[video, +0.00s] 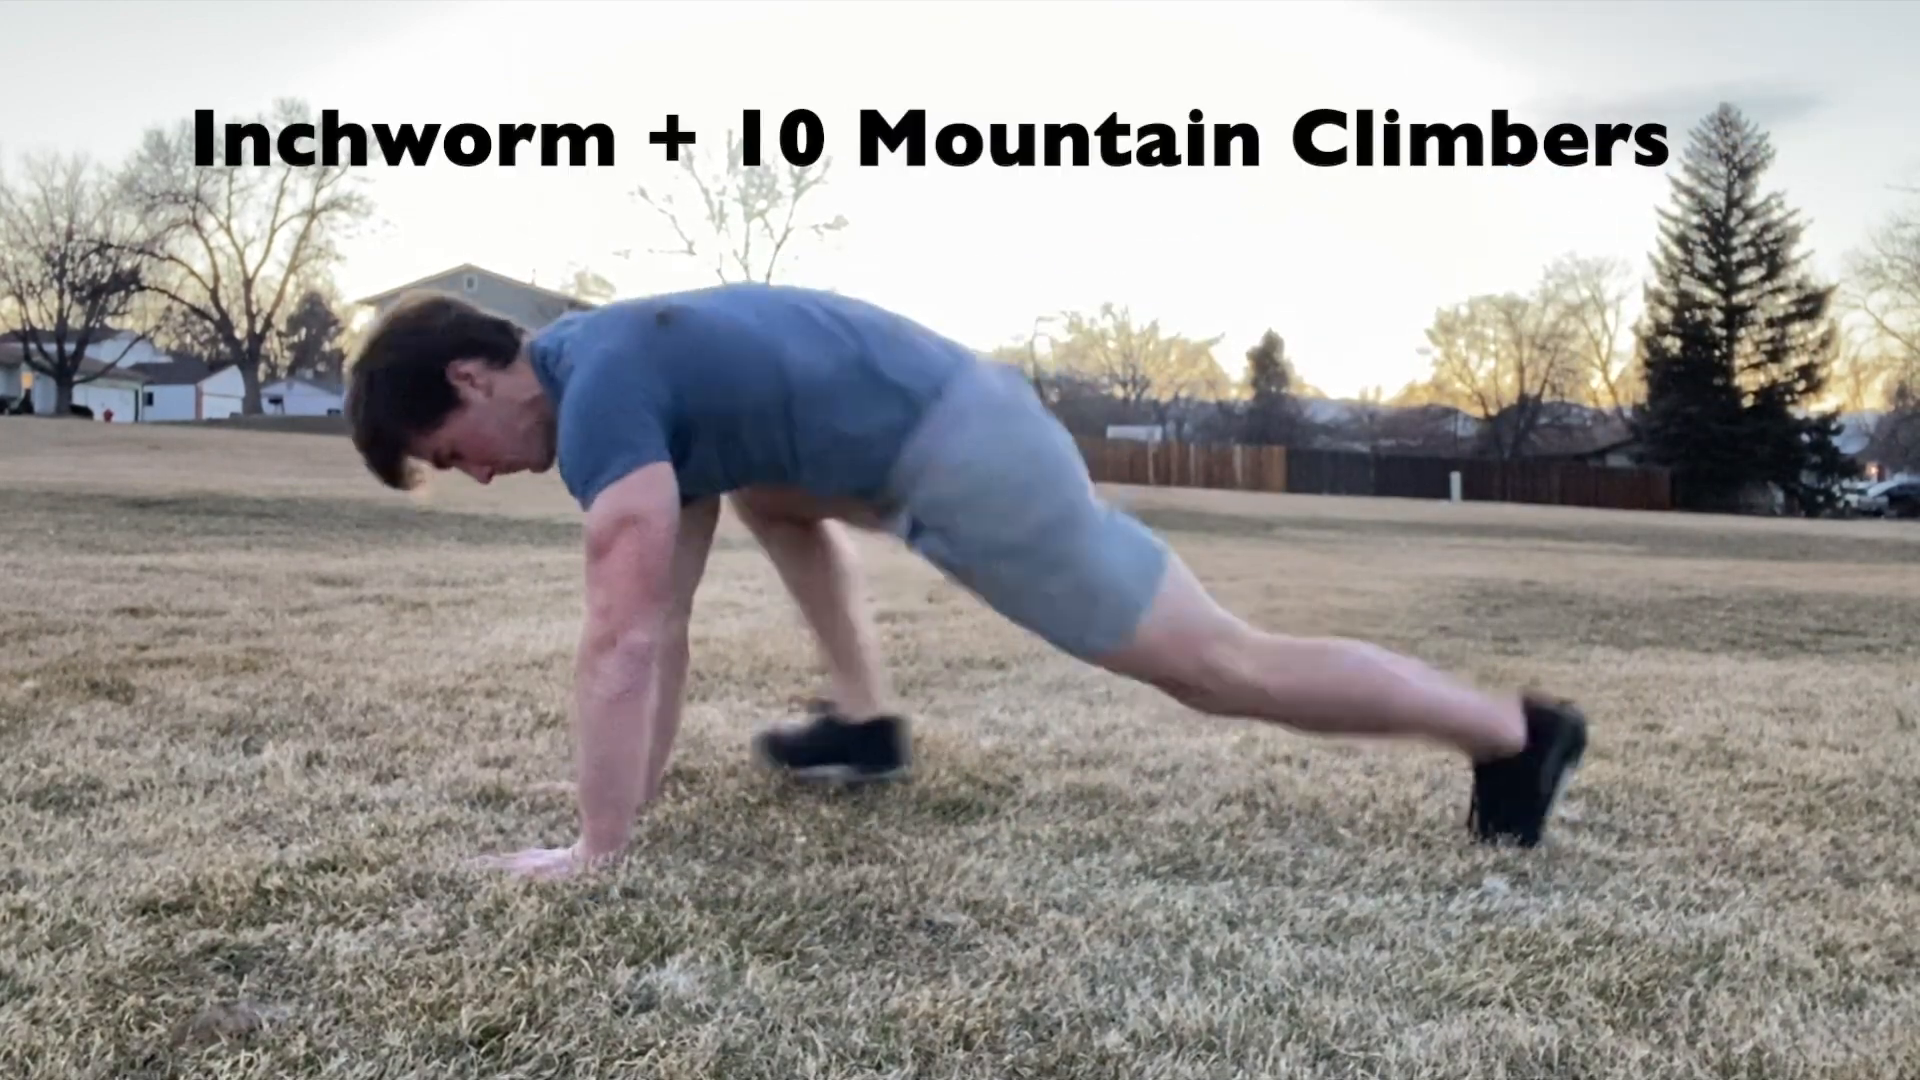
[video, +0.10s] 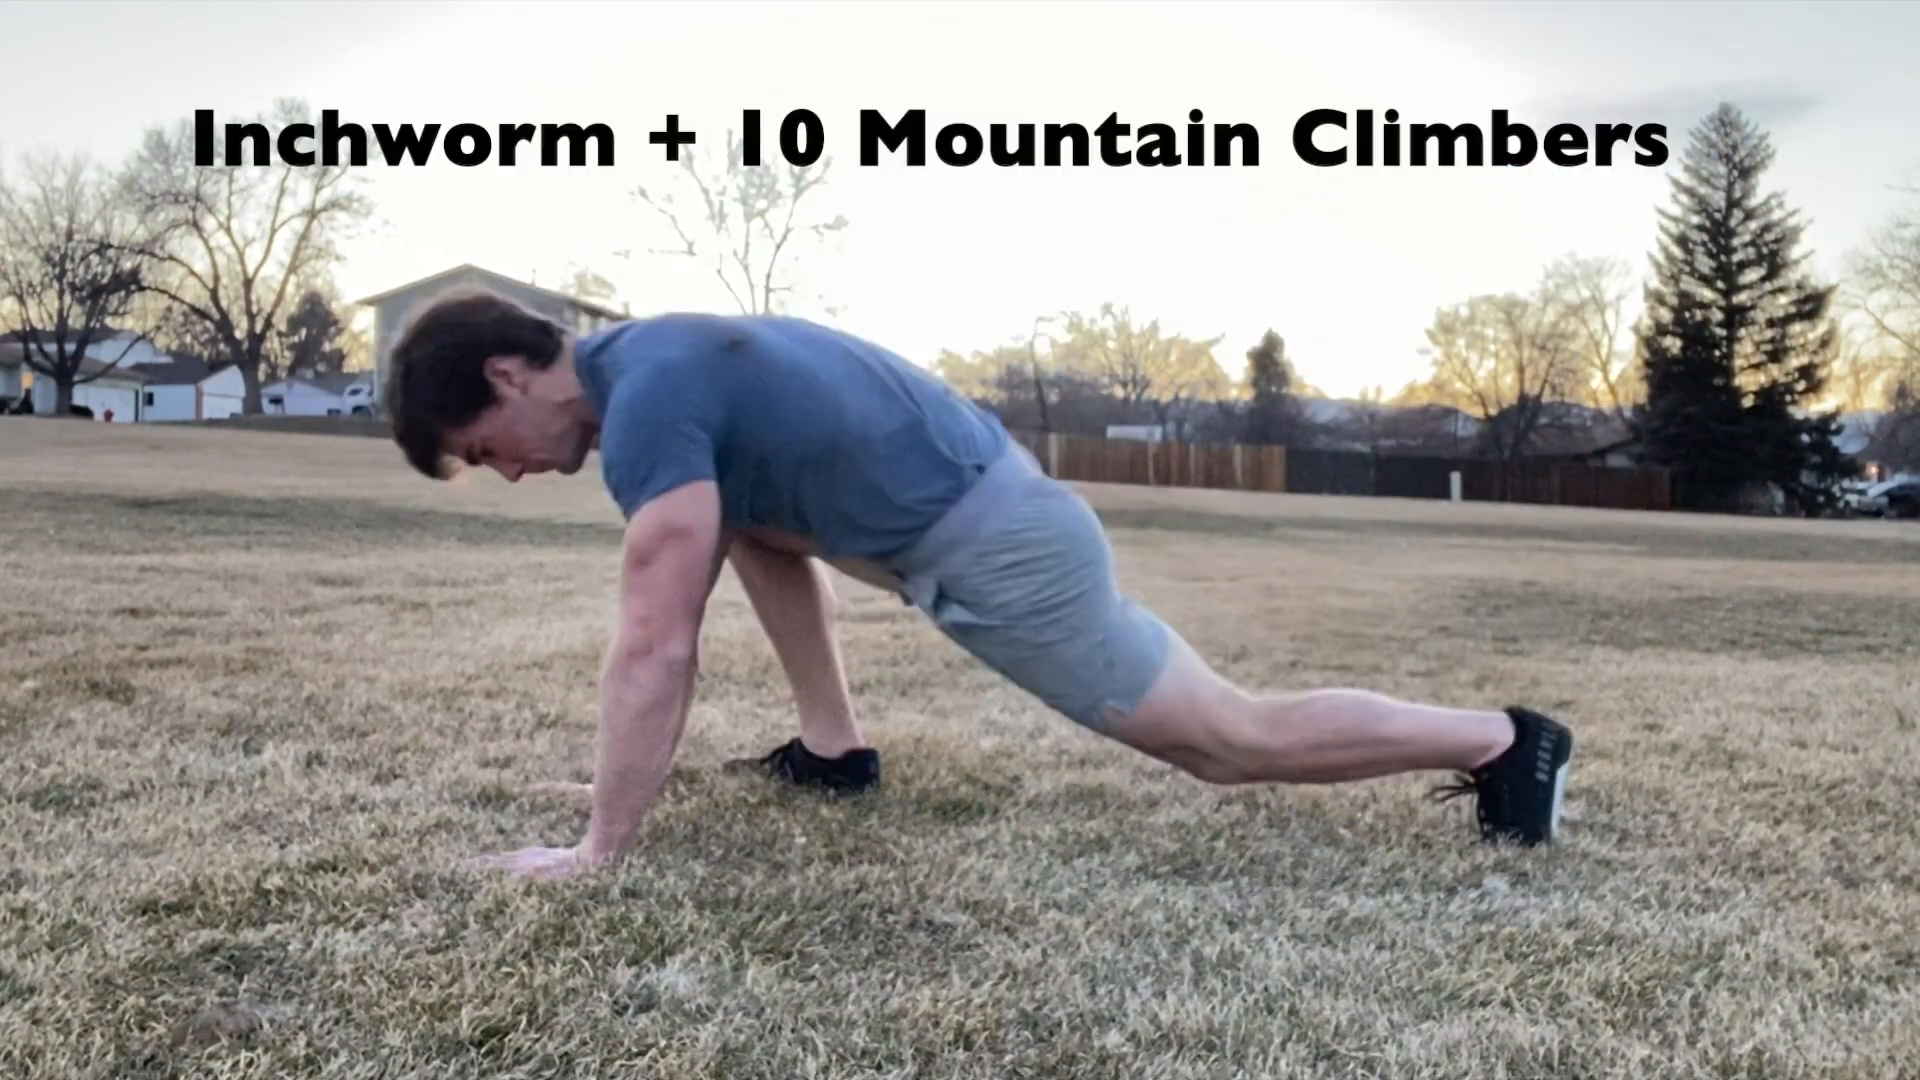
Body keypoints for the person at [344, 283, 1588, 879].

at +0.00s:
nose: (473, 473)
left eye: (452, 450)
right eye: (451, 465)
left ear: (476, 379)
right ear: (488, 376)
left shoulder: (602, 377)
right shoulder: (618, 371)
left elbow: (634, 621)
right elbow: (643, 629)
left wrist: (602, 839)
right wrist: (623, 819)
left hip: (966, 449)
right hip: (911, 445)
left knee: (1216, 663)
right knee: (753, 492)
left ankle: (1515, 733)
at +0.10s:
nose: (504, 472)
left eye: (484, 449)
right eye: (482, 464)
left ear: (512, 372)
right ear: (520, 366)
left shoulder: (648, 386)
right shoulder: (649, 375)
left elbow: (658, 649)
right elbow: (658, 608)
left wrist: (599, 848)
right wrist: (598, 811)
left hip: (989, 532)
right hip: (936, 513)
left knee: (1232, 738)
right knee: (736, 520)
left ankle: (1510, 743)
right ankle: (828, 740)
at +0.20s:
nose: (505, 486)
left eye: (482, 463)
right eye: (482, 479)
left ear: (506, 388)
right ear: (515, 384)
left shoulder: (640, 384)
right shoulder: (649, 372)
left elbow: (653, 641)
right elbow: (656, 613)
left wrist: (602, 845)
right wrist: (600, 814)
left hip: (995, 484)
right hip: (934, 474)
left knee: (1225, 689)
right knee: (756, 503)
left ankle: (1510, 744)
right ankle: (832, 735)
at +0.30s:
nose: (476, 502)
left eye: (455, 480)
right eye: (453, 495)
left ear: (479, 404)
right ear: (483, 410)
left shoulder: (601, 376)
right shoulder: (610, 383)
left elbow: (619, 624)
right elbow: (647, 622)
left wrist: (598, 841)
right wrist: (640, 784)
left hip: (974, 363)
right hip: (922, 400)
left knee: (1193, 603)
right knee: (794, 510)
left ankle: (1477, 709)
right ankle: (979, 701)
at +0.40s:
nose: (468, 515)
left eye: (444, 495)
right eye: (441, 509)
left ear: (461, 419)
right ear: (465, 414)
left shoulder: (596, 373)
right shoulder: (580, 381)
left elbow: (620, 626)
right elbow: (641, 604)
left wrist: (596, 843)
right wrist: (645, 777)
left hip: (958, 273)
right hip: (902, 337)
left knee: (1044, 577)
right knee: (938, 599)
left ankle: (1343, 684)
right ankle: (1205, 604)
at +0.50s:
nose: (459, 512)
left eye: (437, 491)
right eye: (434, 505)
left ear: (458, 415)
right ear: (461, 410)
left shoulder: (605, 371)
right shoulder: (581, 378)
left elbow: (622, 630)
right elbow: (633, 605)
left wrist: (593, 845)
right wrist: (637, 763)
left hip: (949, 289)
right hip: (922, 345)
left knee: (856, 459)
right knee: (1093, 580)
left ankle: (1058, 735)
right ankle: (1378, 588)